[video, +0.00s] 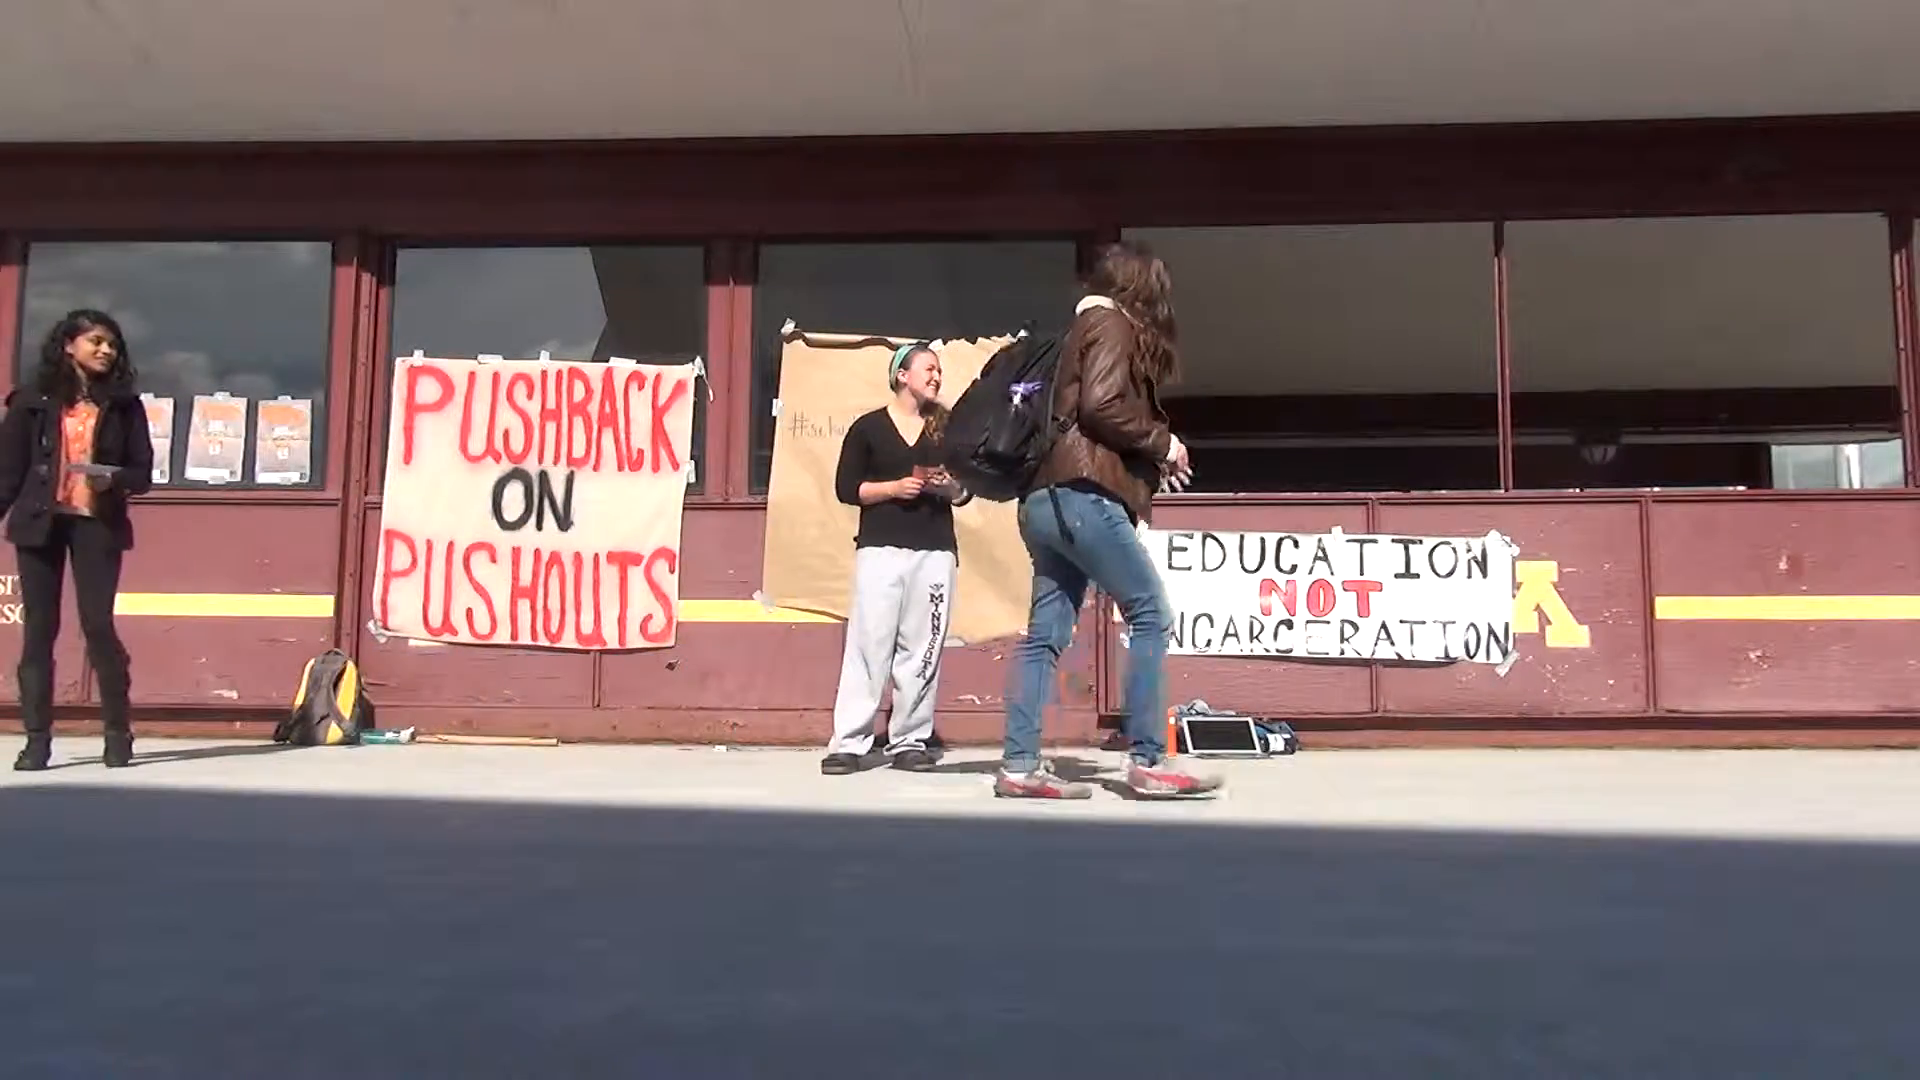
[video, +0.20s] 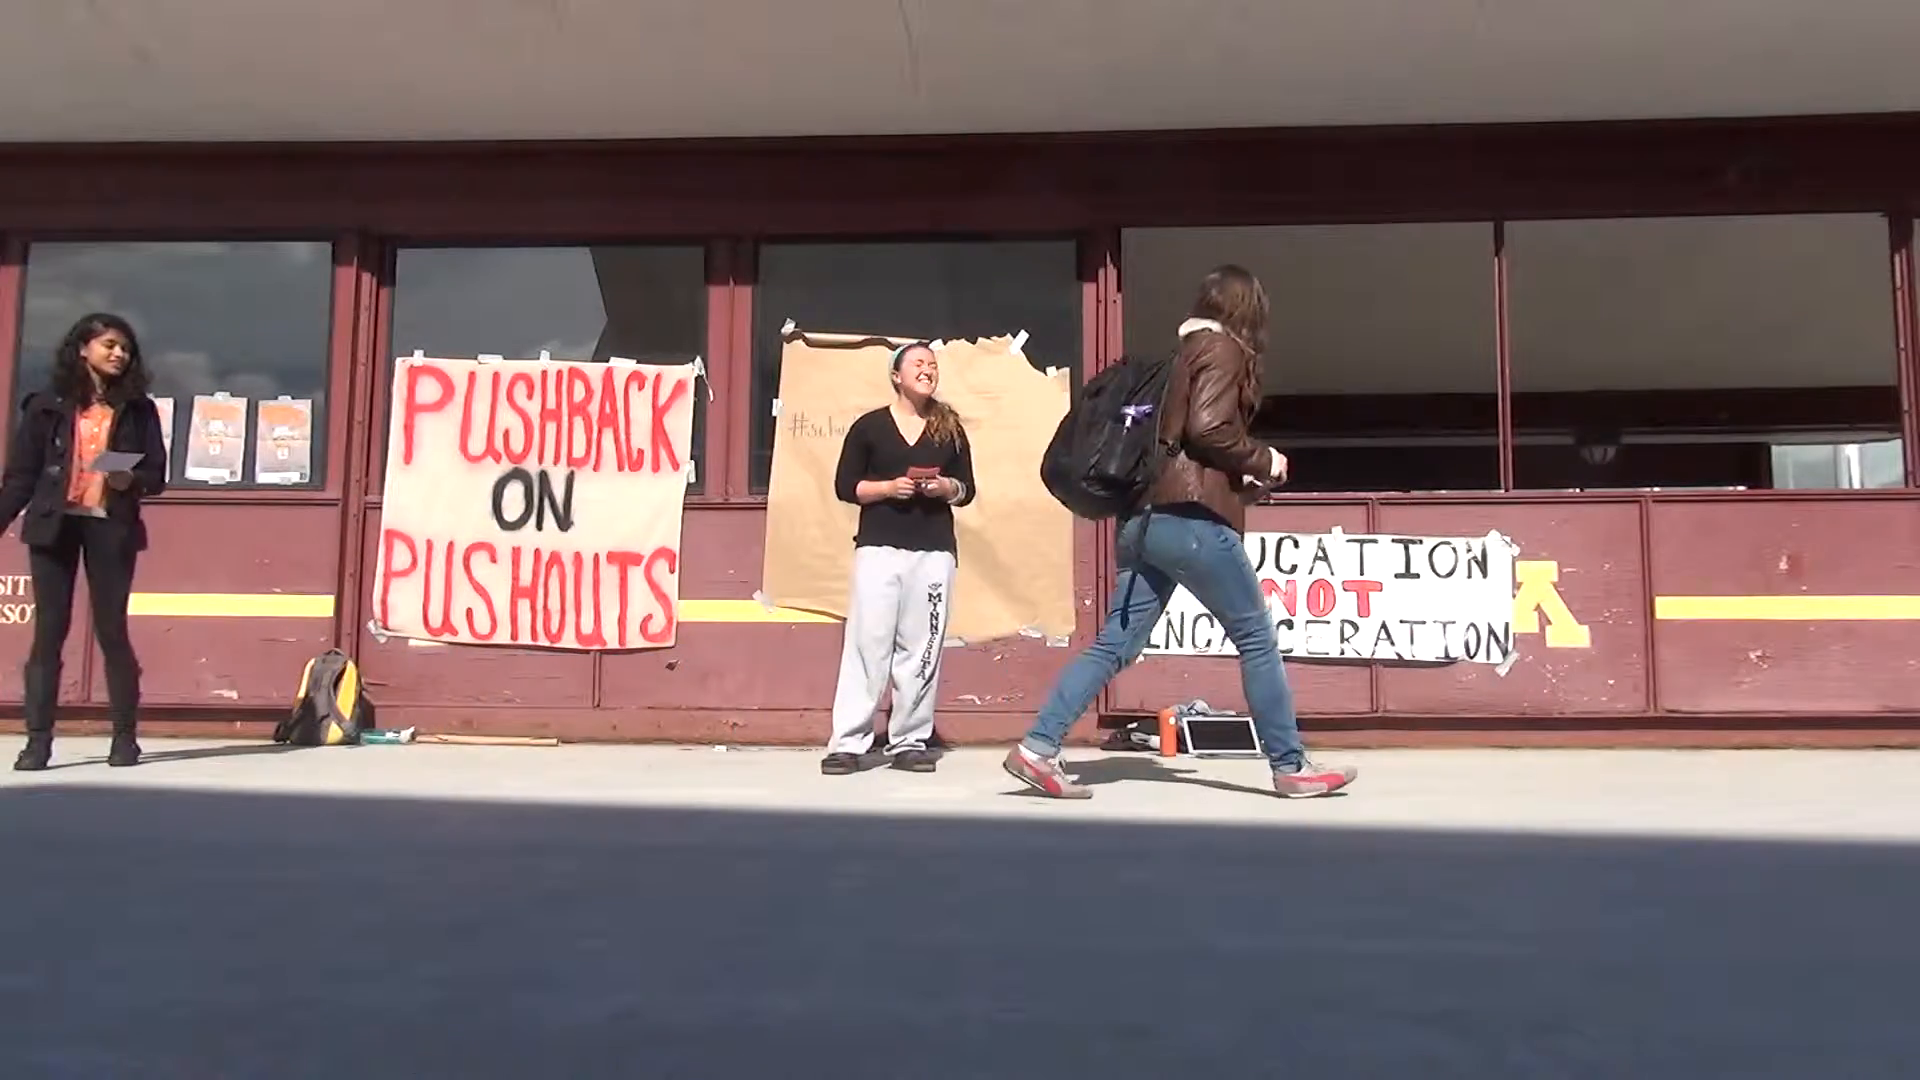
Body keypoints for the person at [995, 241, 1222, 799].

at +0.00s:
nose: (1159, 298)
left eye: (1158, 286)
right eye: (1156, 287)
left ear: (1101, 282)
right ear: (1141, 285)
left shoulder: (1076, 329)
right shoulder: (1112, 325)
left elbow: (1077, 421)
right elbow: (1101, 403)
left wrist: (1150, 462)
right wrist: (1161, 442)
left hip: (1042, 501)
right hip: (1085, 497)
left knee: (1044, 638)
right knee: (1151, 616)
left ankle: (1020, 768)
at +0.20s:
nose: (1260, 319)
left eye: (1260, 308)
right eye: (1259, 308)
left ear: (1205, 303)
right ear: (1246, 307)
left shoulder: (1181, 354)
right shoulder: (1223, 350)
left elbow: (1179, 442)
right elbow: (1209, 427)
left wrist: (1244, 475)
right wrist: (1264, 459)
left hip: (1143, 520)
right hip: (1193, 522)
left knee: (1114, 644)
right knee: (1256, 638)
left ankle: (1038, 747)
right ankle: (1290, 767)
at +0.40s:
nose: (1359, 304)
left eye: (1357, 294)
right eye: (1357, 294)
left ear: (1301, 289)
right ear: (1346, 294)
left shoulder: (1275, 339)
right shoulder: (1331, 338)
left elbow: (1250, 423)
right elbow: (1320, 419)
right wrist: (1364, 455)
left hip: (1243, 507)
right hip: (1296, 506)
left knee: (1283, 635)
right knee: (1312, 638)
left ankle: (1195, 719)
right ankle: (1298, 767)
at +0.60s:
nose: (1448, 308)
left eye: (1444, 298)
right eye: (1444, 299)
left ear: (1390, 298)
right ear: (1433, 302)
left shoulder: (1363, 347)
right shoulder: (1427, 348)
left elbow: (1332, 424)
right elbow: (1419, 425)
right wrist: (1449, 468)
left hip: (1328, 510)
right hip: (1378, 512)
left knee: (1412, 635)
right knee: (1344, 640)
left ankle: (1454, 758)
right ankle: (1300, 765)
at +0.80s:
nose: (1538, 321)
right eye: (1533, 312)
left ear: (1478, 315)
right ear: (1524, 314)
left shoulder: (1454, 364)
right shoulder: (1519, 361)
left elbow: (1431, 440)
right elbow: (1517, 435)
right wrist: (1548, 479)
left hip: (1433, 524)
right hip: (1483, 522)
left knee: (1522, 635)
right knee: (1452, 648)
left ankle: (1543, 762)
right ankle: (1352, 732)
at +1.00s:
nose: (1620, 303)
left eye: (1618, 293)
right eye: (1617, 294)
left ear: (1561, 296)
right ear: (1606, 296)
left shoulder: (1536, 347)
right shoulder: (1604, 338)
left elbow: (1520, 426)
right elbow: (1602, 411)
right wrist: (1643, 457)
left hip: (1516, 508)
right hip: (1571, 504)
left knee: (1547, 634)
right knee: (1622, 624)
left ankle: (1539, 757)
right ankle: (1554, 732)